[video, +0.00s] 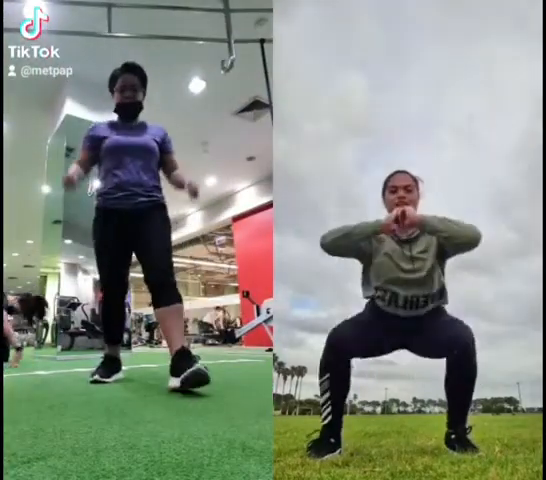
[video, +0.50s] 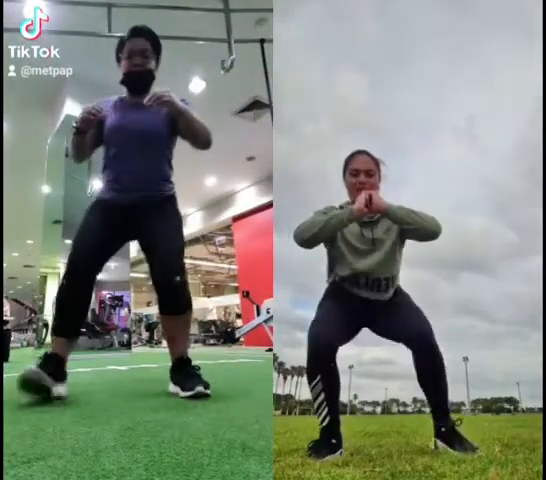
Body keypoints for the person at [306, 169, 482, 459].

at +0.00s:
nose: (400, 196)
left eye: (407, 190)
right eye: (393, 191)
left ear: (419, 196)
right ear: (384, 200)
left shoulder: (436, 239)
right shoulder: (373, 240)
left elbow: (473, 236)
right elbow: (328, 243)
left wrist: (420, 221)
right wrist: (381, 226)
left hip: (428, 324)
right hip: (380, 323)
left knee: (463, 340)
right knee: (338, 341)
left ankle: (457, 434)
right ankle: (330, 437)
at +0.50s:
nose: (362, 181)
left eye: (369, 174)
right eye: (354, 175)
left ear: (380, 180)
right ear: (344, 180)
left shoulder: (395, 219)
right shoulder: (334, 216)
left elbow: (433, 230)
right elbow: (301, 237)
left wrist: (385, 208)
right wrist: (352, 213)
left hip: (389, 303)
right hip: (343, 301)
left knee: (424, 339)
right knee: (319, 343)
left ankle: (445, 430)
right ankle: (330, 437)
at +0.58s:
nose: (358, 175)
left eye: (365, 169)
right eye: (350, 169)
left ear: (375, 175)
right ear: (341, 175)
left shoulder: (389, 213)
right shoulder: (330, 212)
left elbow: (424, 226)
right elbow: (296, 234)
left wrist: (378, 205)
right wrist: (345, 209)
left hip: (383, 298)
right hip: (339, 296)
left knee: (412, 339)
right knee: (318, 345)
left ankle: (408, 412)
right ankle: (330, 436)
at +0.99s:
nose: (344, 226)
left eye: (351, 220)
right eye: (338, 220)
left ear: (361, 228)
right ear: (328, 227)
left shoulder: (370, 261)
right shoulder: (312, 265)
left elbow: (388, 278)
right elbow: (271, 274)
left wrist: (348, 253)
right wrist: (319, 254)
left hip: (361, 350)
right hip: (323, 344)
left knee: (345, 435)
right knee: (308, 347)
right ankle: (330, 437)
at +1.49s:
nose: (360, 172)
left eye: (367, 166)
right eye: (353, 166)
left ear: (376, 173)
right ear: (343, 174)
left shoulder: (389, 211)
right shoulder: (331, 209)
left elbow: (423, 219)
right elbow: (295, 223)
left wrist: (380, 197)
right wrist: (343, 201)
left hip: (380, 294)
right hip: (338, 291)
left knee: (390, 361)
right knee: (325, 348)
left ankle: (370, 406)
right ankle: (330, 436)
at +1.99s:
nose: (395, 225)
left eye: (402, 219)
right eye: (386, 219)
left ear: (412, 224)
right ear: (376, 227)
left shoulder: (427, 263)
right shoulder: (364, 265)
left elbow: (465, 285)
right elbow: (333, 297)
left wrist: (416, 255)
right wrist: (381, 261)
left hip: (420, 348)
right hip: (375, 349)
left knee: (455, 343)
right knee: (331, 342)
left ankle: (451, 436)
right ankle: (331, 439)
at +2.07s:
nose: (401, 214)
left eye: (408, 207)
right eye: (393, 208)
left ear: (419, 211)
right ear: (384, 215)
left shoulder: (436, 252)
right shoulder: (373, 251)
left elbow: (474, 264)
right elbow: (340, 277)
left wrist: (422, 240)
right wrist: (388, 245)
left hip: (427, 338)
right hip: (381, 338)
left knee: (458, 346)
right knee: (340, 341)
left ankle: (451, 436)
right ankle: (330, 439)